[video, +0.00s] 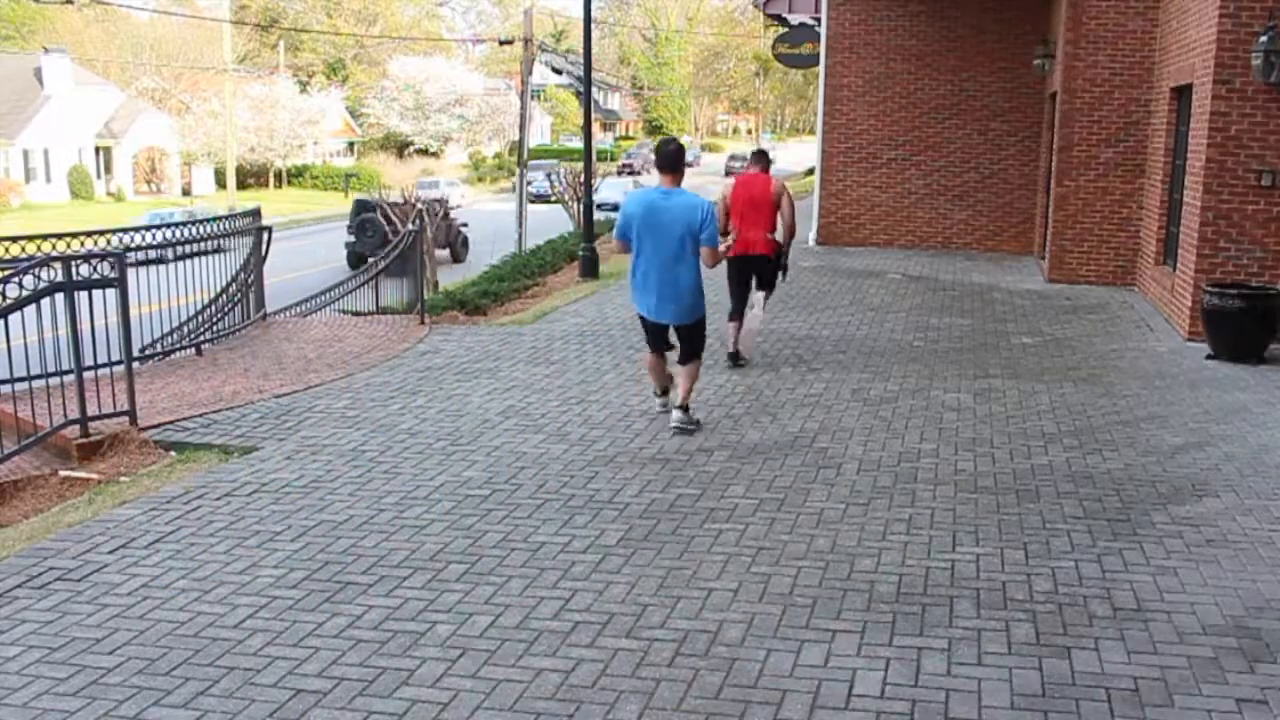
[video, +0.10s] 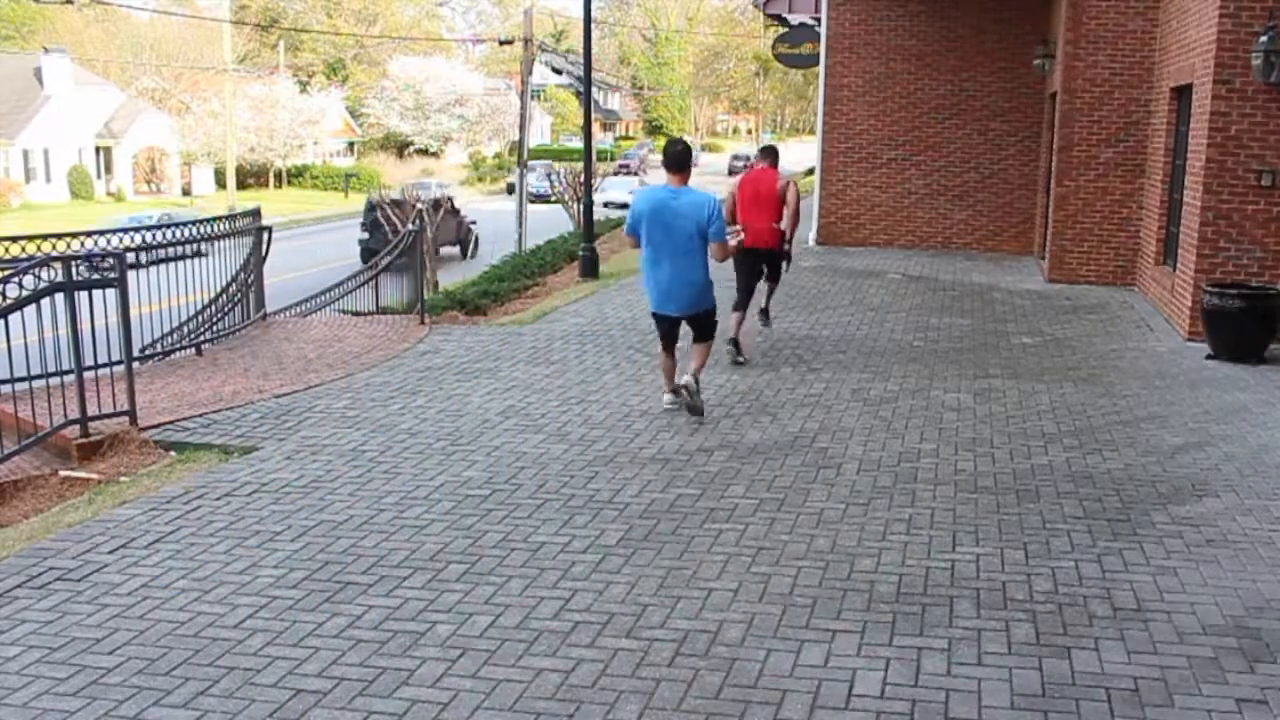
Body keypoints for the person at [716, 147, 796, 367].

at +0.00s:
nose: (764, 171)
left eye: (753, 167)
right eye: (767, 168)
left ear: (748, 165)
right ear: (768, 167)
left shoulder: (730, 186)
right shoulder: (778, 187)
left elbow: (722, 226)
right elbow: (789, 224)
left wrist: (728, 234)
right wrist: (785, 251)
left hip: (738, 248)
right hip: (765, 247)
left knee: (737, 302)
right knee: (766, 284)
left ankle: (733, 349)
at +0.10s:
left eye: (757, 160)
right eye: (776, 164)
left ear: (756, 160)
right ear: (776, 163)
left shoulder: (739, 181)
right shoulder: (786, 183)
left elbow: (729, 214)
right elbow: (793, 213)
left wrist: (736, 230)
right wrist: (788, 241)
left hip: (745, 241)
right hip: (772, 240)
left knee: (743, 292)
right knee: (774, 274)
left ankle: (733, 336)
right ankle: (765, 307)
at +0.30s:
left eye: (776, 159)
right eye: (790, 161)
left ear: (773, 159)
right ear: (791, 161)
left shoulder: (756, 179)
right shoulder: (798, 182)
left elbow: (736, 203)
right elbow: (809, 219)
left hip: (755, 238)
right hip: (781, 239)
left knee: (763, 262)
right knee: (777, 289)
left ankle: (757, 283)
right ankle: (766, 333)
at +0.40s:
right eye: (793, 155)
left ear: (777, 152)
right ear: (794, 155)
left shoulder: (761, 170)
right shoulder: (801, 174)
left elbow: (742, 189)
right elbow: (813, 208)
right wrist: (805, 202)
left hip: (765, 223)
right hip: (788, 224)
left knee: (769, 263)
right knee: (782, 273)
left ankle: (769, 297)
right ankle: (771, 317)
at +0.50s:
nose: (790, 157)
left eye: (784, 152)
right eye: (794, 153)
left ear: (779, 151)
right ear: (796, 154)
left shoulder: (764, 171)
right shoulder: (803, 173)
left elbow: (753, 197)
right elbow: (812, 204)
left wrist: (756, 221)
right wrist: (809, 229)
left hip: (768, 226)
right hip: (792, 227)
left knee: (765, 272)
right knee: (791, 269)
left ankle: (762, 317)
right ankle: (777, 293)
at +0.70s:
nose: (800, 153)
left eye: (794, 148)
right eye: (805, 150)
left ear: (790, 148)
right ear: (807, 150)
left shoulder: (775, 166)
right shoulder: (812, 170)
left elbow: (762, 186)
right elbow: (818, 198)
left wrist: (767, 209)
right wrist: (818, 219)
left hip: (776, 219)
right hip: (801, 220)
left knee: (776, 259)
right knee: (801, 259)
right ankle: (791, 294)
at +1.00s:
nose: (806, 147)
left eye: (804, 144)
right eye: (810, 144)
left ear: (800, 144)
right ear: (815, 145)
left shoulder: (789, 161)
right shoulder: (822, 163)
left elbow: (780, 183)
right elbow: (830, 188)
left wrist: (782, 202)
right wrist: (828, 205)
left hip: (791, 208)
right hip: (813, 209)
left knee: (791, 246)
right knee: (810, 250)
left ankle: (790, 279)